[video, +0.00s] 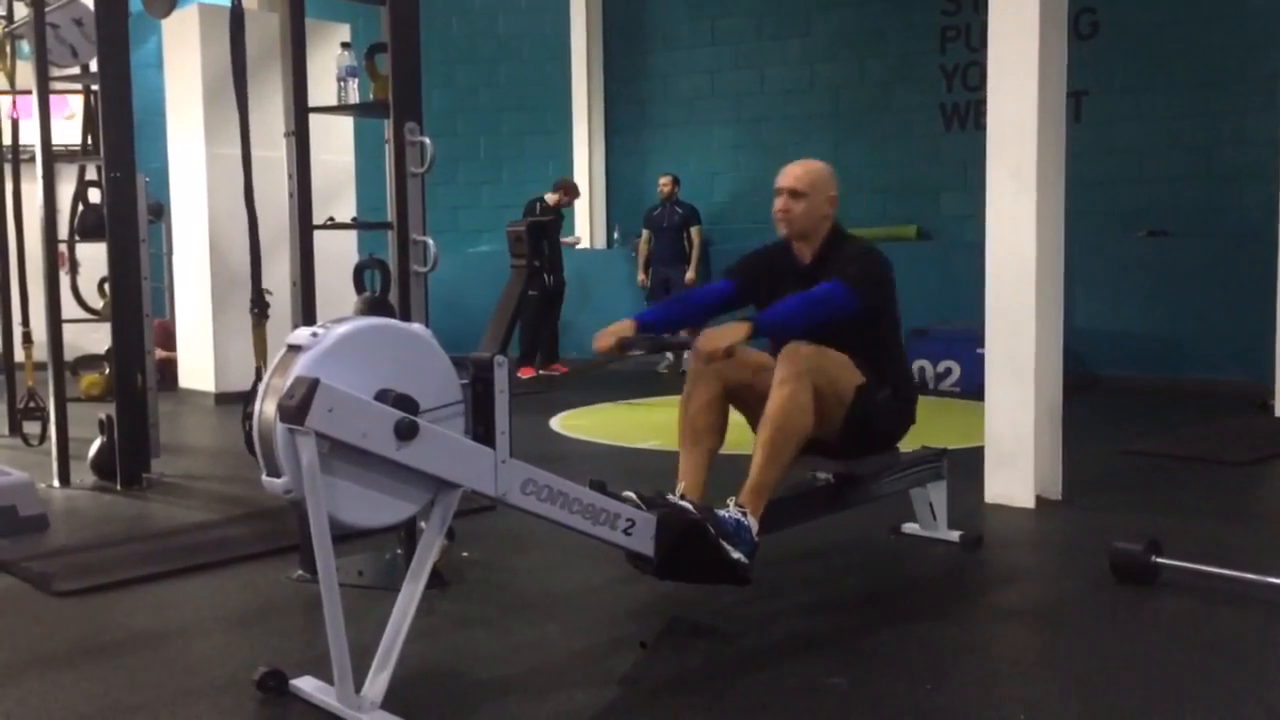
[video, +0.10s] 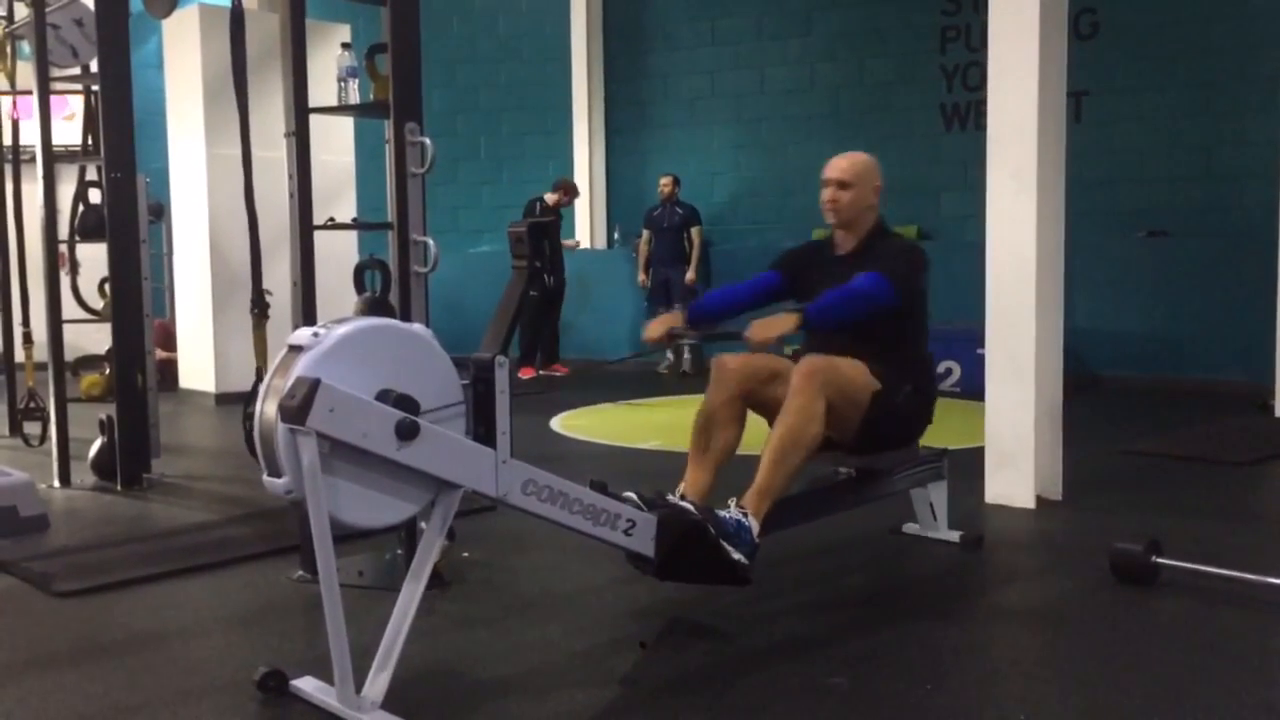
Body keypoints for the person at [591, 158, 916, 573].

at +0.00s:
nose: (781, 206)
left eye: (795, 196)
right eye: (777, 195)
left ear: (829, 205)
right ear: (772, 201)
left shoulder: (863, 263)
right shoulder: (771, 261)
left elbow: (824, 303)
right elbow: (709, 298)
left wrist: (751, 325)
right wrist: (635, 324)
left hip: (873, 416)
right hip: (801, 415)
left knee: (798, 356)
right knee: (708, 359)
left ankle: (745, 520)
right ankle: (686, 503)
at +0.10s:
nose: (830, 196)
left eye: (843, 187)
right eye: (825, 187)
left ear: (875, 194)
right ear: (819, 193)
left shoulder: (902, 257)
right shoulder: (810, 257)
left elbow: (861, 296)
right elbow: (751, 292)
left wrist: (797, 319)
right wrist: (684, 316)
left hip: (893, 407)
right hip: (819, 404)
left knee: (813, 370)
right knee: (728, 370)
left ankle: (747, 521)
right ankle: (688, 503)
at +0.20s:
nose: (872, 194)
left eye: (885, 184)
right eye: (868, 184)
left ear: (915, 192)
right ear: (862, 190)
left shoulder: (937, 255)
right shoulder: (846, 256)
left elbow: (903, 296)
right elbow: (793, 295)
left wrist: (845, 317)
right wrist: (732, 320)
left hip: (909, 397)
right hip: (837, 389)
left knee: (825, 390)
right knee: (747, 385)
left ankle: (748, 521)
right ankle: (686, 504)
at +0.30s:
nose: (911, 203)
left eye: (924, 195)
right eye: (906, 194)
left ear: (953, 205)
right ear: (900, 201)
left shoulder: (974, 261)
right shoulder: (876, 263)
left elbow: (951, 310)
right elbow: (830, 310)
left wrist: (891, 320)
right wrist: (780, 327)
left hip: (925, 392)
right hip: (859, 380)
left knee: (835, 410)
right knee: (769, 402)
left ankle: (749, 522)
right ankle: (686, 504)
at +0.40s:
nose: (940, 223)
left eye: (953, 215)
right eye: (935, 214)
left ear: (978, 223)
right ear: (929, 220)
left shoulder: (1001, 281)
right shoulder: (904, 277)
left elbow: (996, 334)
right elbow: (863, 328)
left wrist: (940, 326)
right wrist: (825, 333)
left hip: (931, 385)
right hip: (874, 370)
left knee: (842, 433)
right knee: (800, 420)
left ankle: (751, 519)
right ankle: (689, 503)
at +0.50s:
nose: (949, 238)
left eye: (961, 230)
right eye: (945, 229)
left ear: (990, 238)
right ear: (940, 236)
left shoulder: (1009, 296)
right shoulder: (916, 290)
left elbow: (1042, 355)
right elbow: (867, 356)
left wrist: (986, 318)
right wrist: (853, 333)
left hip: (930, 388)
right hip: (874, 377)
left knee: (846, 445)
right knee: (801, 429)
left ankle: (755, 524)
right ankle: (693, 507)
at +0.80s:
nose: (909, 222)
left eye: (920, 212)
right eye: (903, 213)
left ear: (948, 212)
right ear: (898, 215)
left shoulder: (986, 273)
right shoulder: (883, 274)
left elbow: (1000, 337)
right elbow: (837, 335)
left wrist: (937, 323)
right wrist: (810, 333)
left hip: (932, 394)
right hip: (871, 381)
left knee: (840, 419)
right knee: (793, 411)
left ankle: (753, 525)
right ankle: (701, 507)